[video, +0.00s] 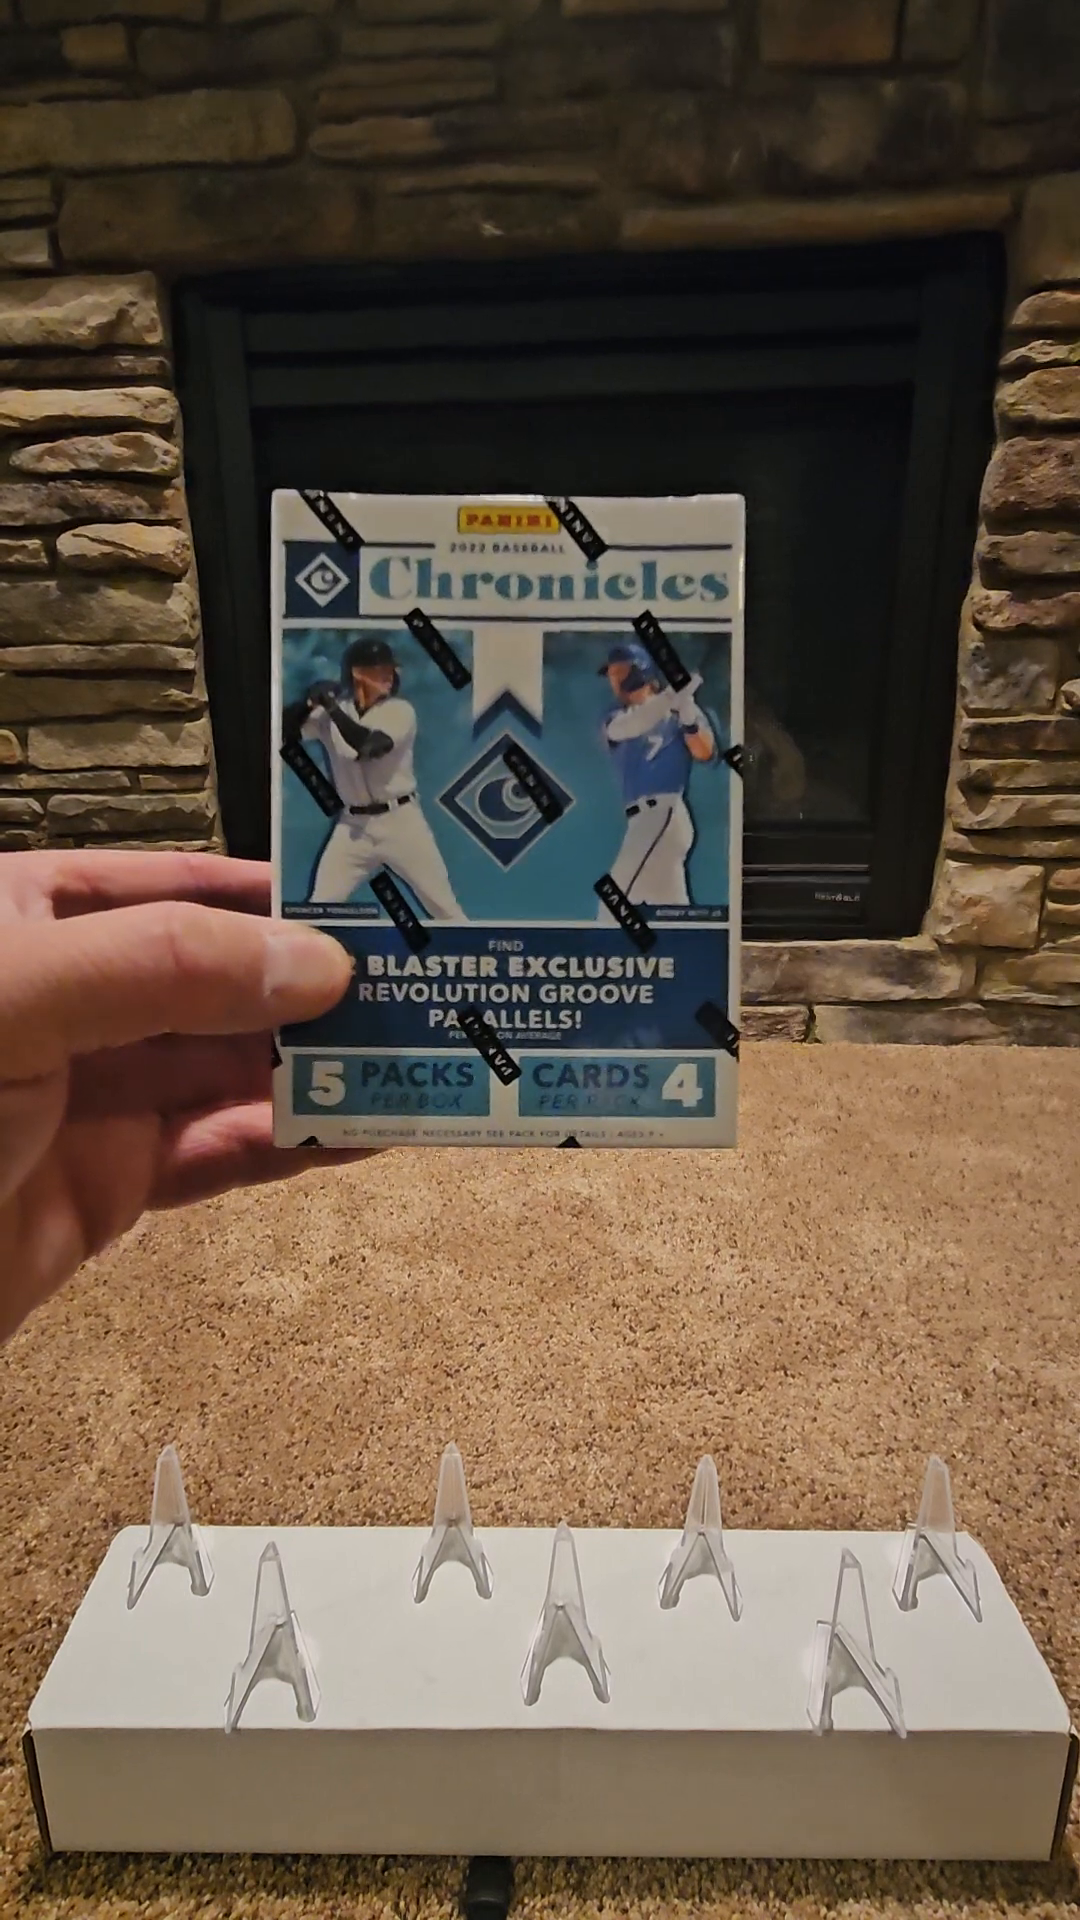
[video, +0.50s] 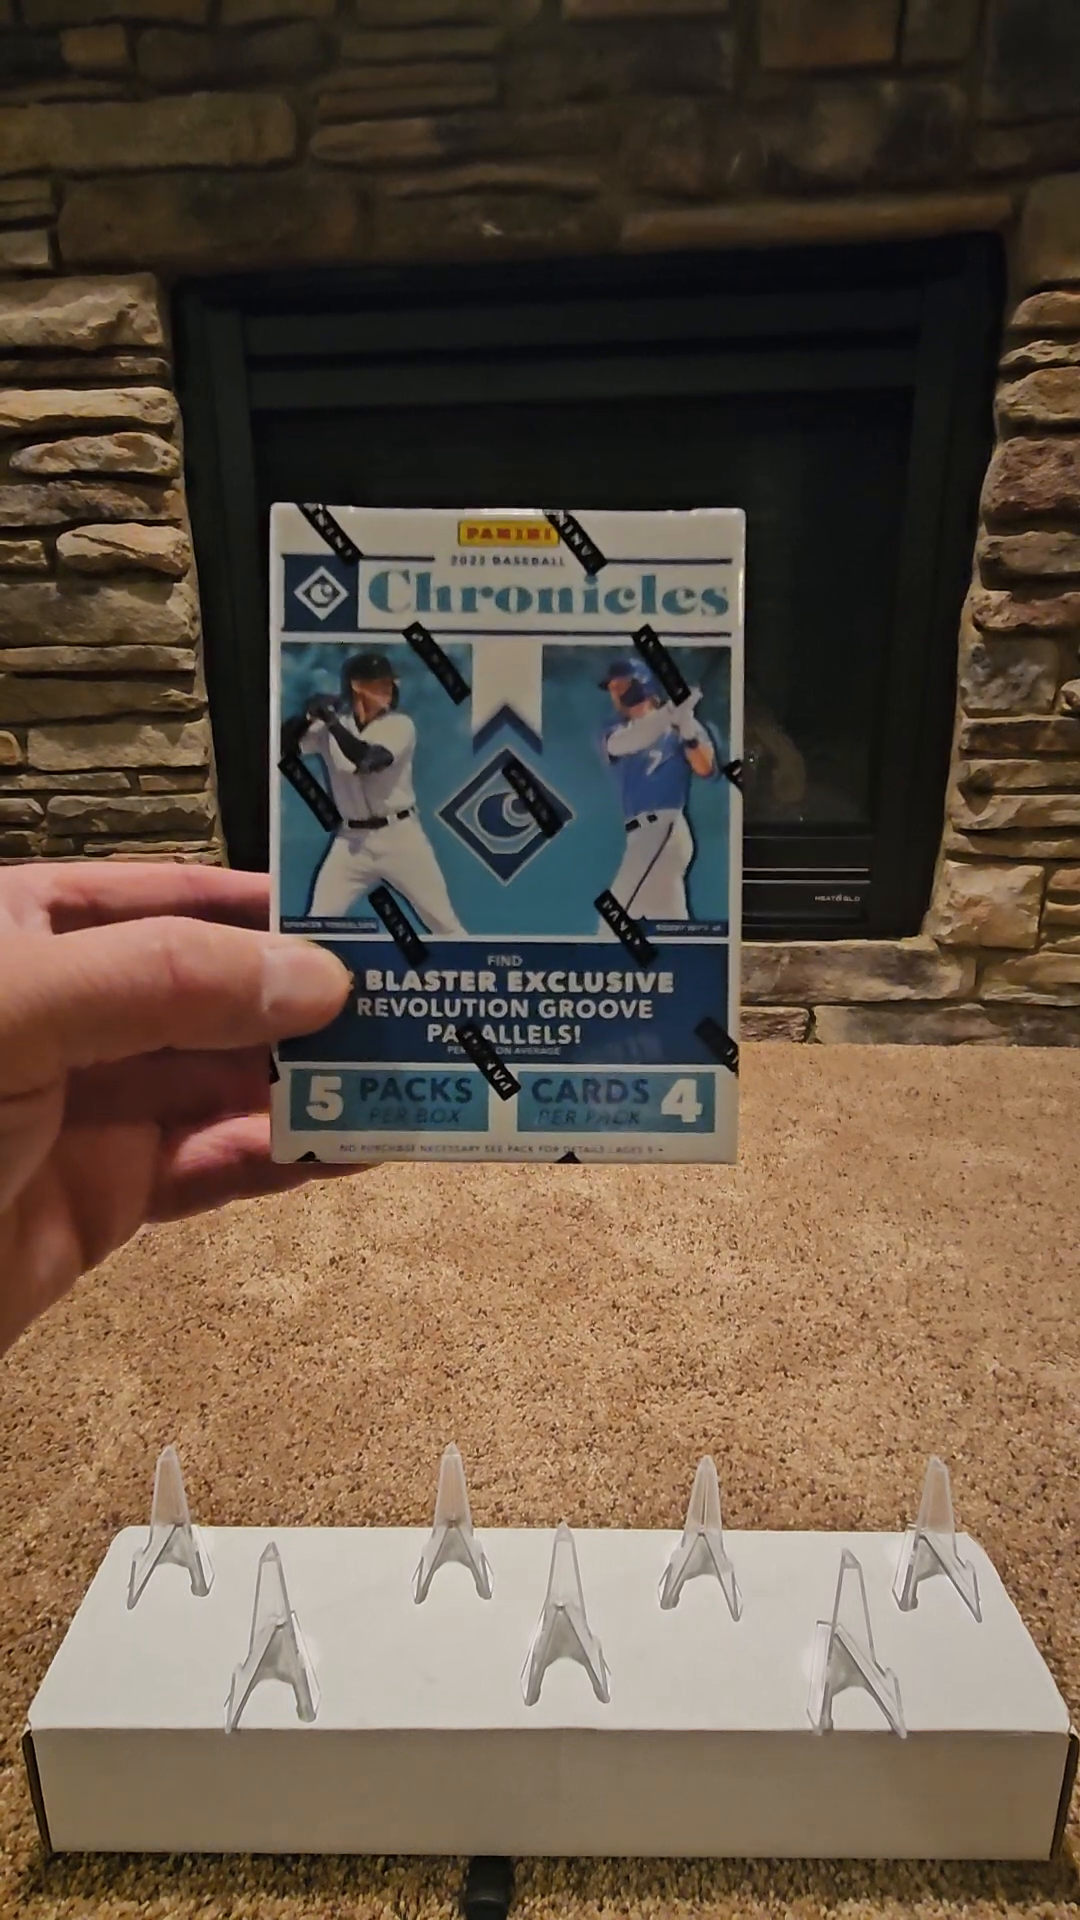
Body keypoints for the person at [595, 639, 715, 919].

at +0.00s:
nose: (614, 681)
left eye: (621, 672)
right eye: (611, 674)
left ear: (640, 672)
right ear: (608, 678)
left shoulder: (680, 709)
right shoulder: (615, 720)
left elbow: (704, 753)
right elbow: (632, 725)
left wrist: (687, 712)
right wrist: (673, 695)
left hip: (664, 816)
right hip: (640, 820)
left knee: (614, 903)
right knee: (671, 912)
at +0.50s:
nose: (614, 697)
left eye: (620, 688)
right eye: (612, 690)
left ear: (639, 687)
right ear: (611, 693)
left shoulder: (681, 724)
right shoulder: (614, 733)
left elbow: (705, 768)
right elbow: (632, 741)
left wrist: (688, 727)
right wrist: (671, 711)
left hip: (664, 831)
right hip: (640, 835)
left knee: (615, 918)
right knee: (671, 927)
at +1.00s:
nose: (607, 693)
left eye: (613, 684)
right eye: (603, 686)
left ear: (633, 686)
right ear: (600, 690)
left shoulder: (673, 721)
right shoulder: (607, 730)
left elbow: (696, 766)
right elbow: (614, 742)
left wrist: (677, 722)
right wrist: (658, 712)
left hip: (655, 829)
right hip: (633, 832)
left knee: (607, 916)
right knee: (665, 925)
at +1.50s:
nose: (609, 710)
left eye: (615, 700)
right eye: (606, 702)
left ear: (634, 698)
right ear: (604, 705)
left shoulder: (676, 734)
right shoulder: (611, 746)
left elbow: (702, 779)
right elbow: (630, 750)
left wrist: (684, 737)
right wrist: (666, 722)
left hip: (661, 843)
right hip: (637, 847)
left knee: (612, 930)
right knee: (671, 942)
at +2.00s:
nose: (604, 673)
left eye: (611, 663)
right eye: (600, 666)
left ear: (631, 664)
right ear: (596, 673)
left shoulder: (672, 702)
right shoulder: (601, 714)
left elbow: (699, 750)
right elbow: (624, 720)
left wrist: (679, 707)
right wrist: (662, 689)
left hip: (656, 816)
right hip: (632, 820)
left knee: (605, 906)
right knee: (665, 919)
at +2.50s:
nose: (617, 665)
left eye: (624, 655)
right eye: (612, 658)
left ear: (645, 657)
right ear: (608, 664)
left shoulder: (684, 696)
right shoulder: (612, 706)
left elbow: (711, 743)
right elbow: (632, 715)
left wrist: (692, 699)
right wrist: (671, 684)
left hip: (668, 811)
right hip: (643, 815)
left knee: (615, 904)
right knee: (676, 915)